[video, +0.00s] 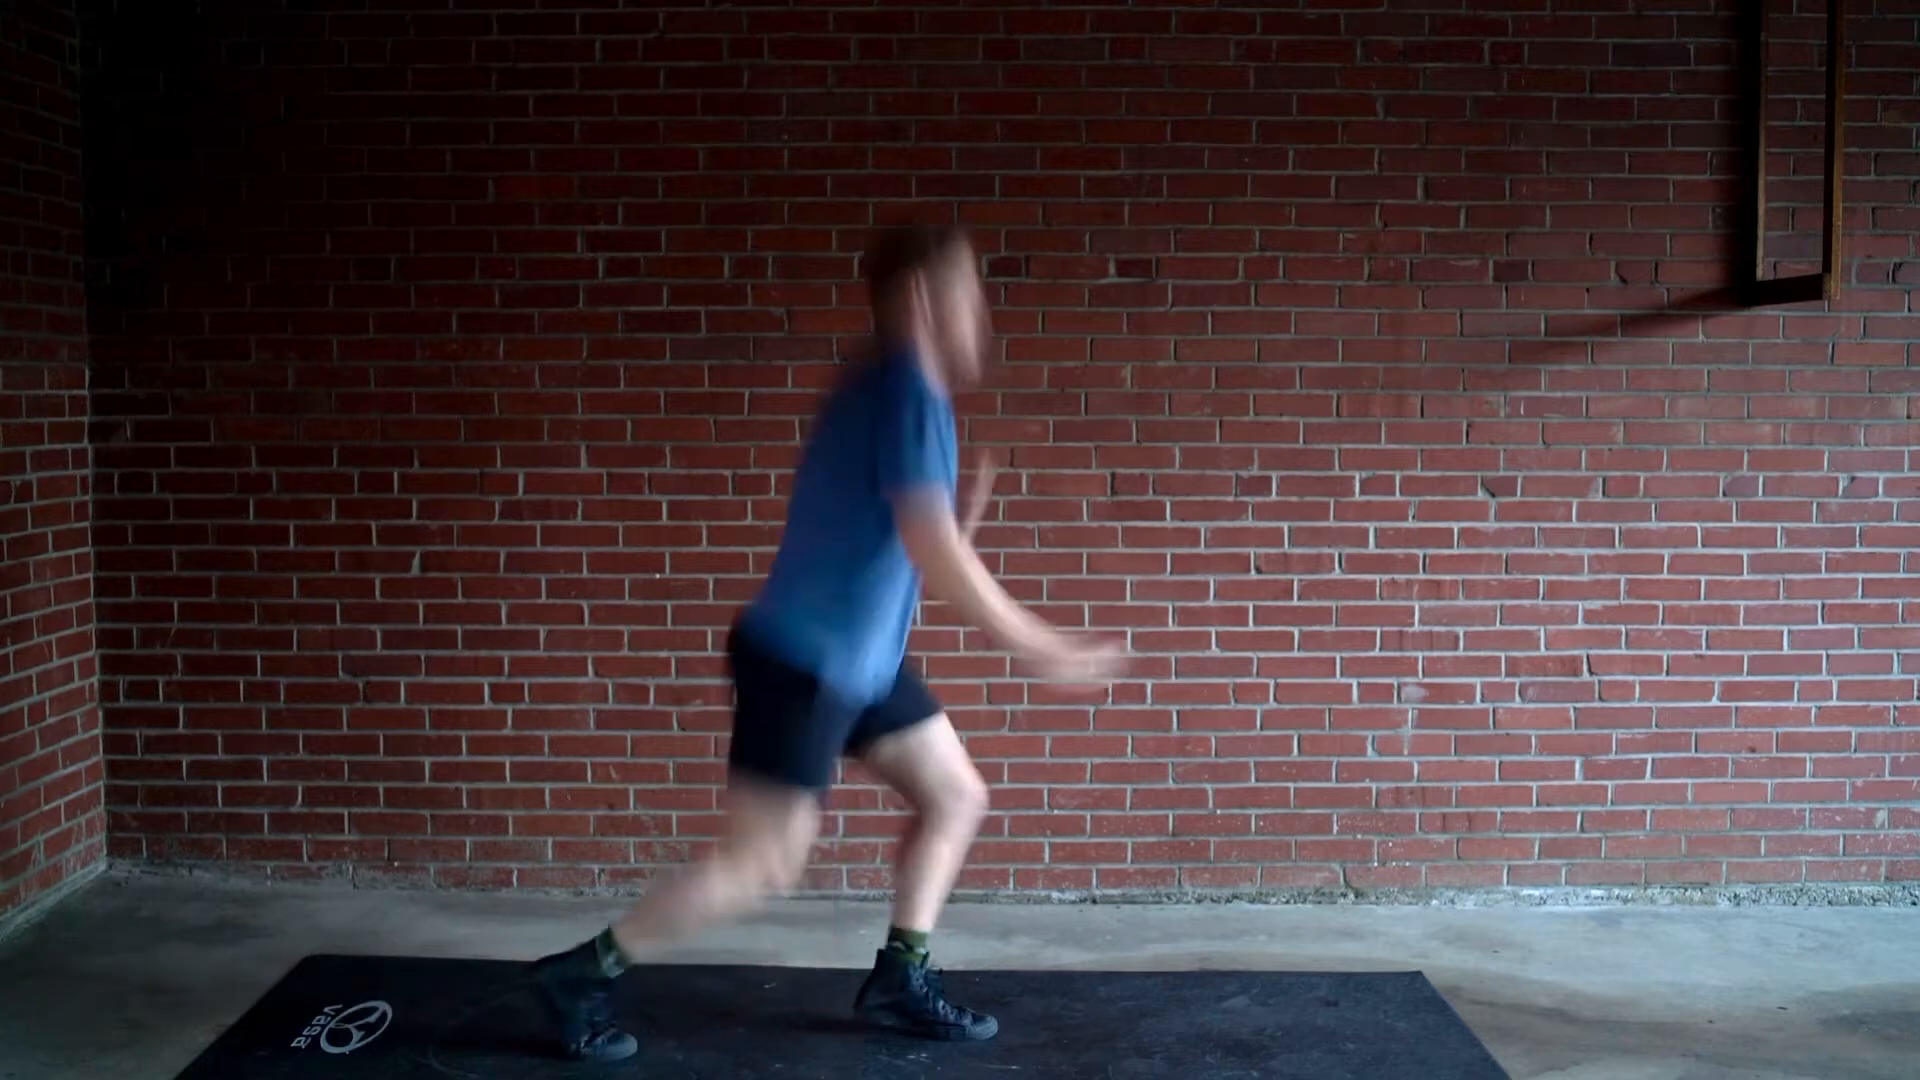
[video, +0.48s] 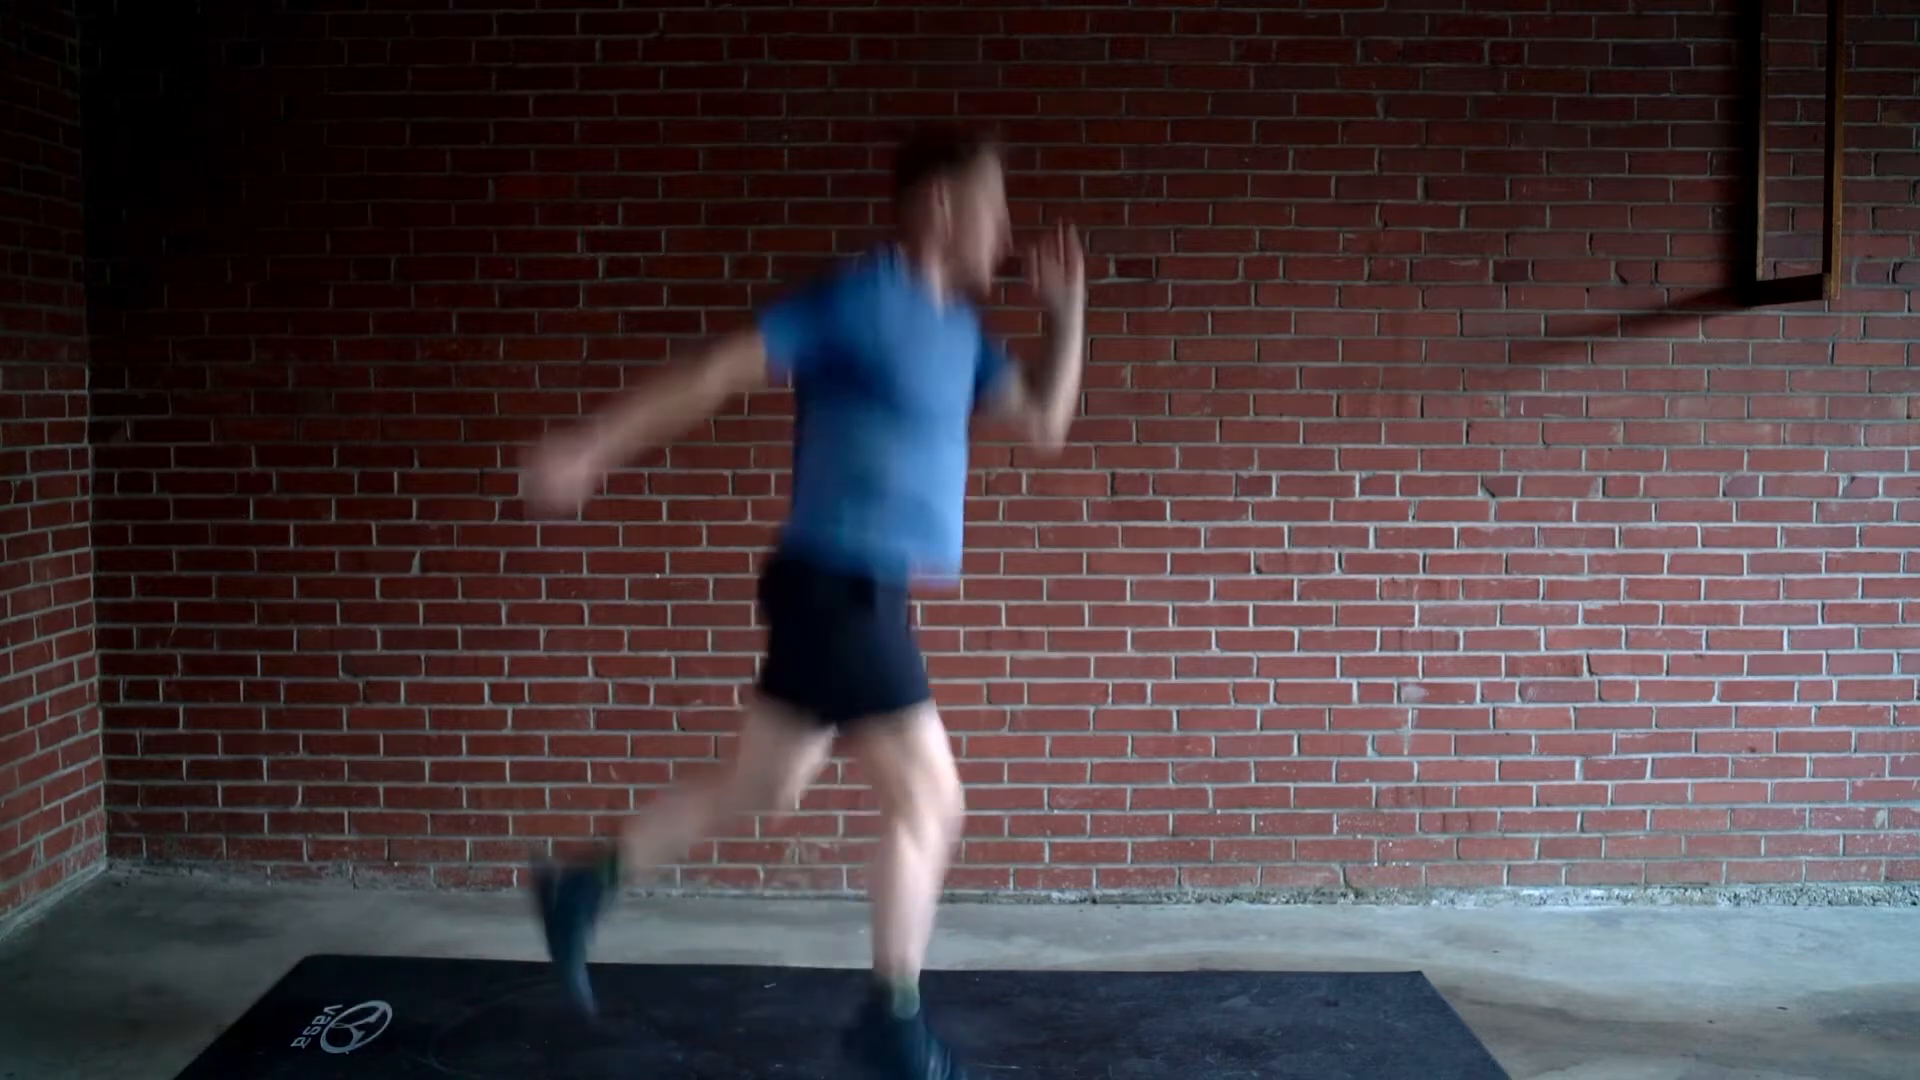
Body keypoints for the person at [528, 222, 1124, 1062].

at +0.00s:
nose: (981, 307)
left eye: (978, 286)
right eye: (967, 287)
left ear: (918, 296)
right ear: (917, 294)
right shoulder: (904, 390)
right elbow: (935, 548)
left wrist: (962, 519)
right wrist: (1047, 646)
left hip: (863, 656)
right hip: (801, 656)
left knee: (956, 797)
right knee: (763, 862)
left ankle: (901, 976)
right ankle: (583, 971)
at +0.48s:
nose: (1005, 223)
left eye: (1003, 202)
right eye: (987, 201)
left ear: (963, 212)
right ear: (933, 204)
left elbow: (1043, 425)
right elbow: (718, 370)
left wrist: (1067, 314)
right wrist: (588, 451)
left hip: (862, 588)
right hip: (833, 587)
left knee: (762, 782)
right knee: (928, 797)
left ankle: (587, 882)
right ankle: (892, 1016)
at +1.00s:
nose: (1045, 470)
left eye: (1041, 451)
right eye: (1033, 451)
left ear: (986, 467)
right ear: (982, 465)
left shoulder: (978, 563)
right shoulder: (924, 547)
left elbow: (1045, 674)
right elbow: (787, 631)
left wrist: (1099, 584)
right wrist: (696, 753)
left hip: (796, 783)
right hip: (810, 781)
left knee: (775, 998)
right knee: (1000, 876)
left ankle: (581, 976)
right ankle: (883, 1047)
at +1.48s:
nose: (1053, 149)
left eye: (1051, 132)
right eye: (1041, 132)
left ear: (989, 135)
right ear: (993, 131)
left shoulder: (948, 218)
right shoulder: (970, 216)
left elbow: (874, 351)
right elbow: (1083, 305)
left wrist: (836, 458)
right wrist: (1103, 200)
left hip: (934, 497)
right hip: (915, 498)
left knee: (937, 705)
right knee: (864, 718)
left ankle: (891, 899)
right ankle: (700, 862)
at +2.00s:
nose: (1113, 527)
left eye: (1111, 511)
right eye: (1104, 511)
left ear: (1046, 520)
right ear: (1060, 519)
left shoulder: (975, 575)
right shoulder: (1024, 600)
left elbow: (868, 662)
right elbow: (1110, 732)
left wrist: (818, 768)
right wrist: (1138, 617)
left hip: (907, 793)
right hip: (872, 810)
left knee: (1064, 815)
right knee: (891, 1028)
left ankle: (986, 980)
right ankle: (703, 978)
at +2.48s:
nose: (1040, 171)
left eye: (1041, 154)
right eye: (1024, 154)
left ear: (1018, 162)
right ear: (977, 161)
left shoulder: (1005, 258)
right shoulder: (953, 240)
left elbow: (1032, 363)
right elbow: (919, 369)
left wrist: (1108, 294)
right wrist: (943, 503)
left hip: (958, 506)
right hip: (911, 504)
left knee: (939, 714)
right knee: (840, 709)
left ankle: (945, 901)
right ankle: (734, 882)